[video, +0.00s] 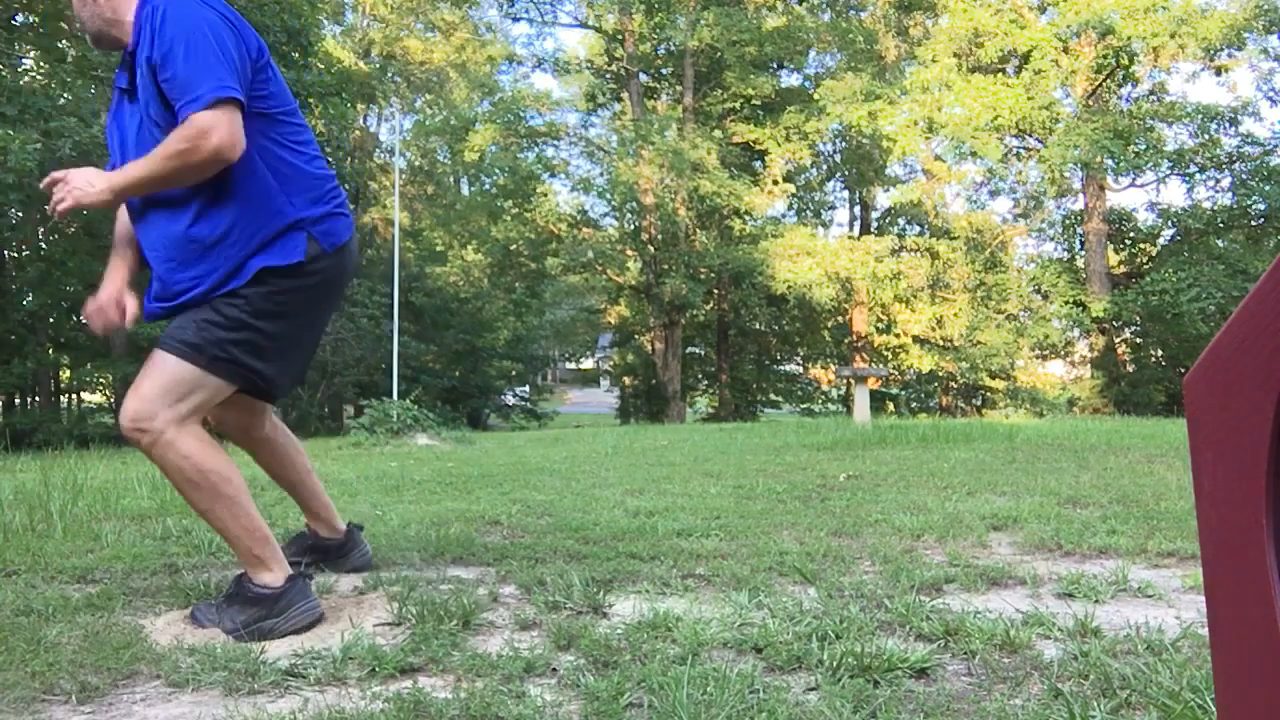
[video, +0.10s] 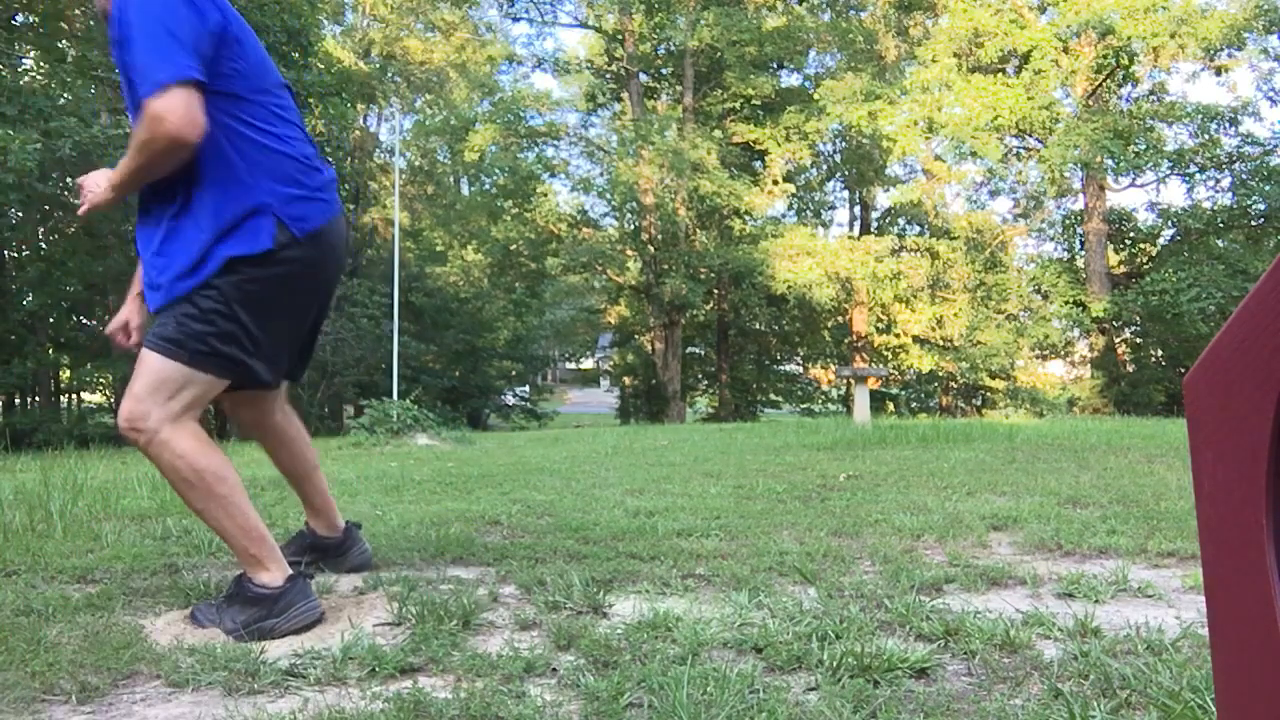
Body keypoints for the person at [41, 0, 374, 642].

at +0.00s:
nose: (73, 15)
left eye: (73, 4)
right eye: (72, 8)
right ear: (104, 7)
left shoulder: (181, 16)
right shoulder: (126, 98)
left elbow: (218, 136)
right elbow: (134, 199)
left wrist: (113, 181)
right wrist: (118, 277)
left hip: (291, 247)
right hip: (242, 261)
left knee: (152, 416)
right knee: (237, 410)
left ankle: (273, 586)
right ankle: (332, 534)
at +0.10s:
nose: (88, 8)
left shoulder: (149, 7)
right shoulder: (169, 19)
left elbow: (177, 122)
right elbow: (184, 186)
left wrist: (117, 178)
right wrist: (141, 293)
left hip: (260, 233)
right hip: (293, 230)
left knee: (150, 415)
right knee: (252, 392)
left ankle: (271, 584)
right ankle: (331, 532)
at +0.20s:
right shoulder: (249, 3)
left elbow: (89, 73)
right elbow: (270, 75)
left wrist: (108, 183)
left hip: (216, 186)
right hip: (308, 166)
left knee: (179, 399)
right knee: (282, 356)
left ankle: (271, 585)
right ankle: (343, 528)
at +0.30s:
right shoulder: (274, 3)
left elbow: (53, 68)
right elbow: (300, 90)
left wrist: (83, 200)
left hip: (178, 168)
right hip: (291, 149)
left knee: (193, 390)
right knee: (298, 342)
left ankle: (251, 590)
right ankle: (352, 504)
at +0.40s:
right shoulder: (283, 3)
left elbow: (39, 87)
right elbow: (325, 115)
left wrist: (54, 224)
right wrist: (329, 220)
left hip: (136, 182)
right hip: (255, 155)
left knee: (197, 392)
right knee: (314, 353)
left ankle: (263, 597)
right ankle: (309, 482)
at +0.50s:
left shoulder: (71, 4)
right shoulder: (276, 2)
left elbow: (38, 107)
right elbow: (328, 92)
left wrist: (30, 234)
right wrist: (374, 207)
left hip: (117, 190)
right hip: (234, 165)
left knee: (192, 398)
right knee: (310, 383)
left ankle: (261, 592)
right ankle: (218, 517)